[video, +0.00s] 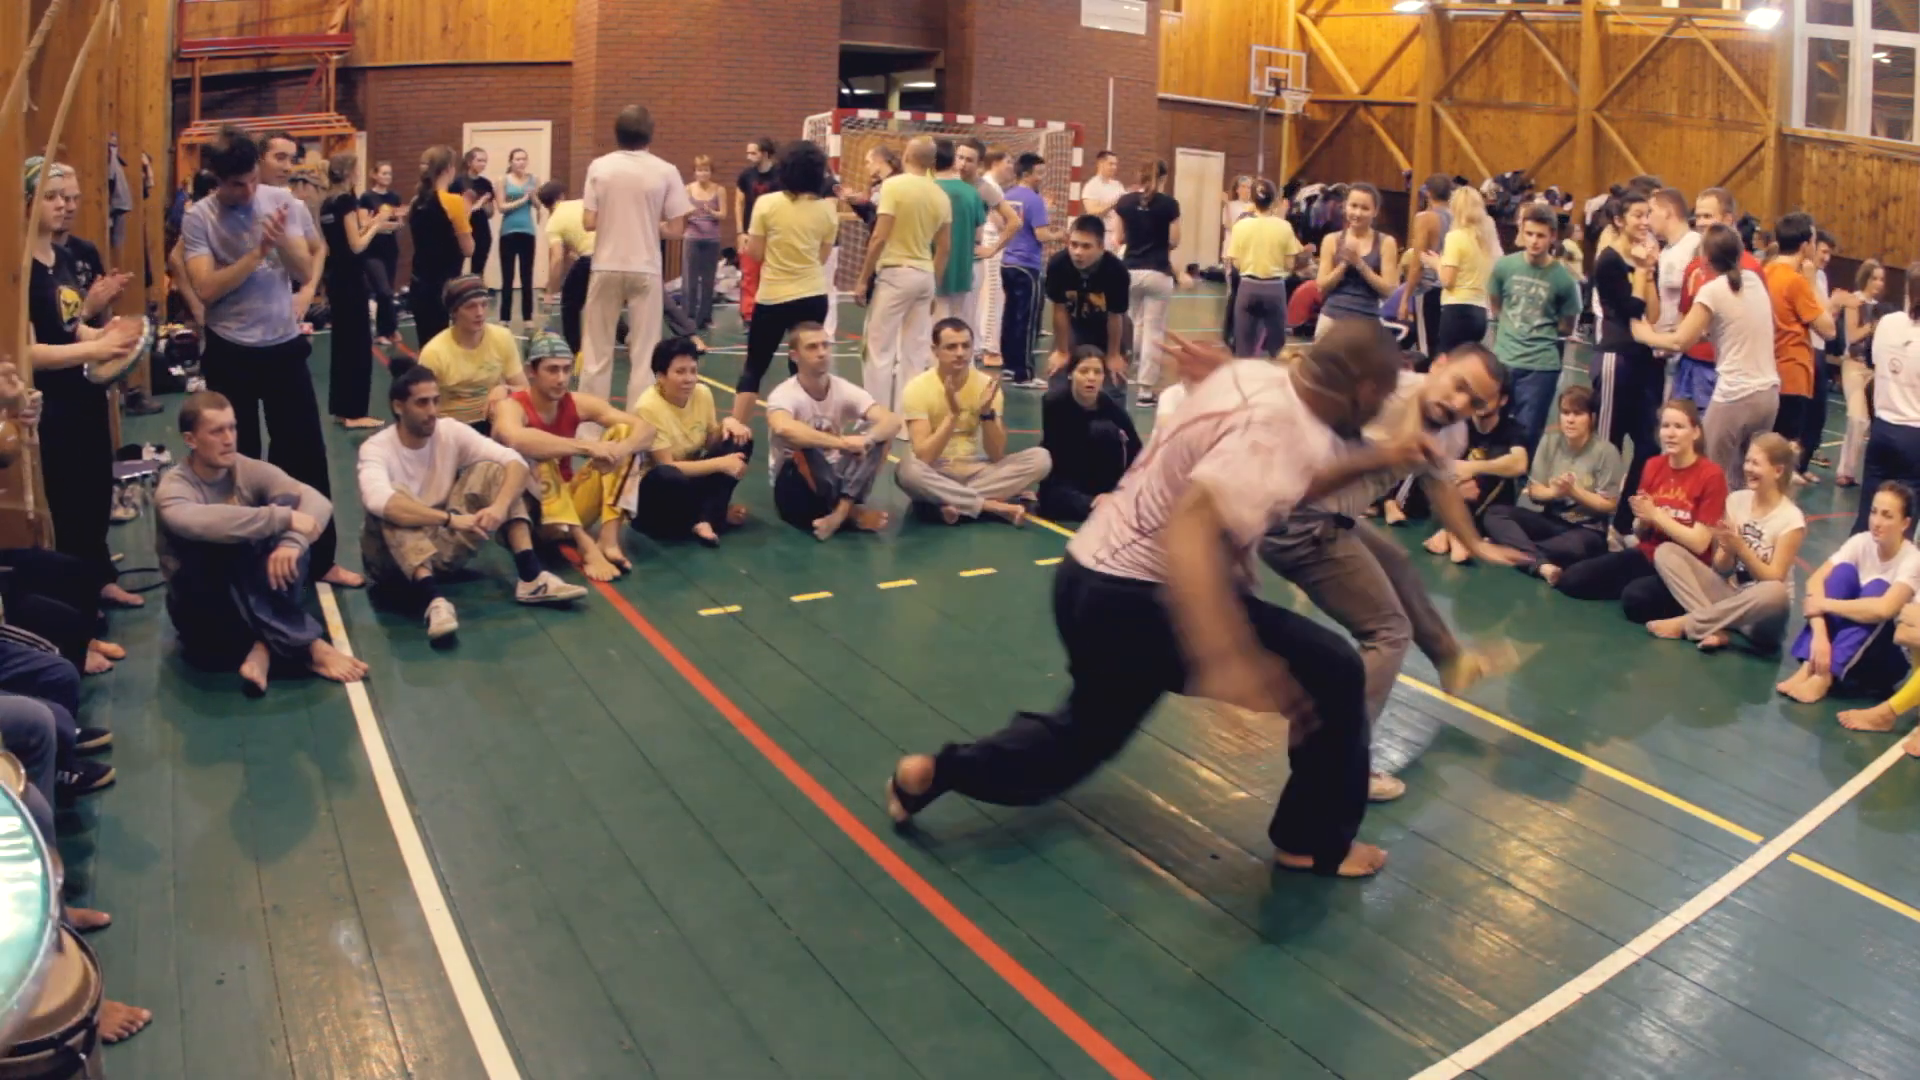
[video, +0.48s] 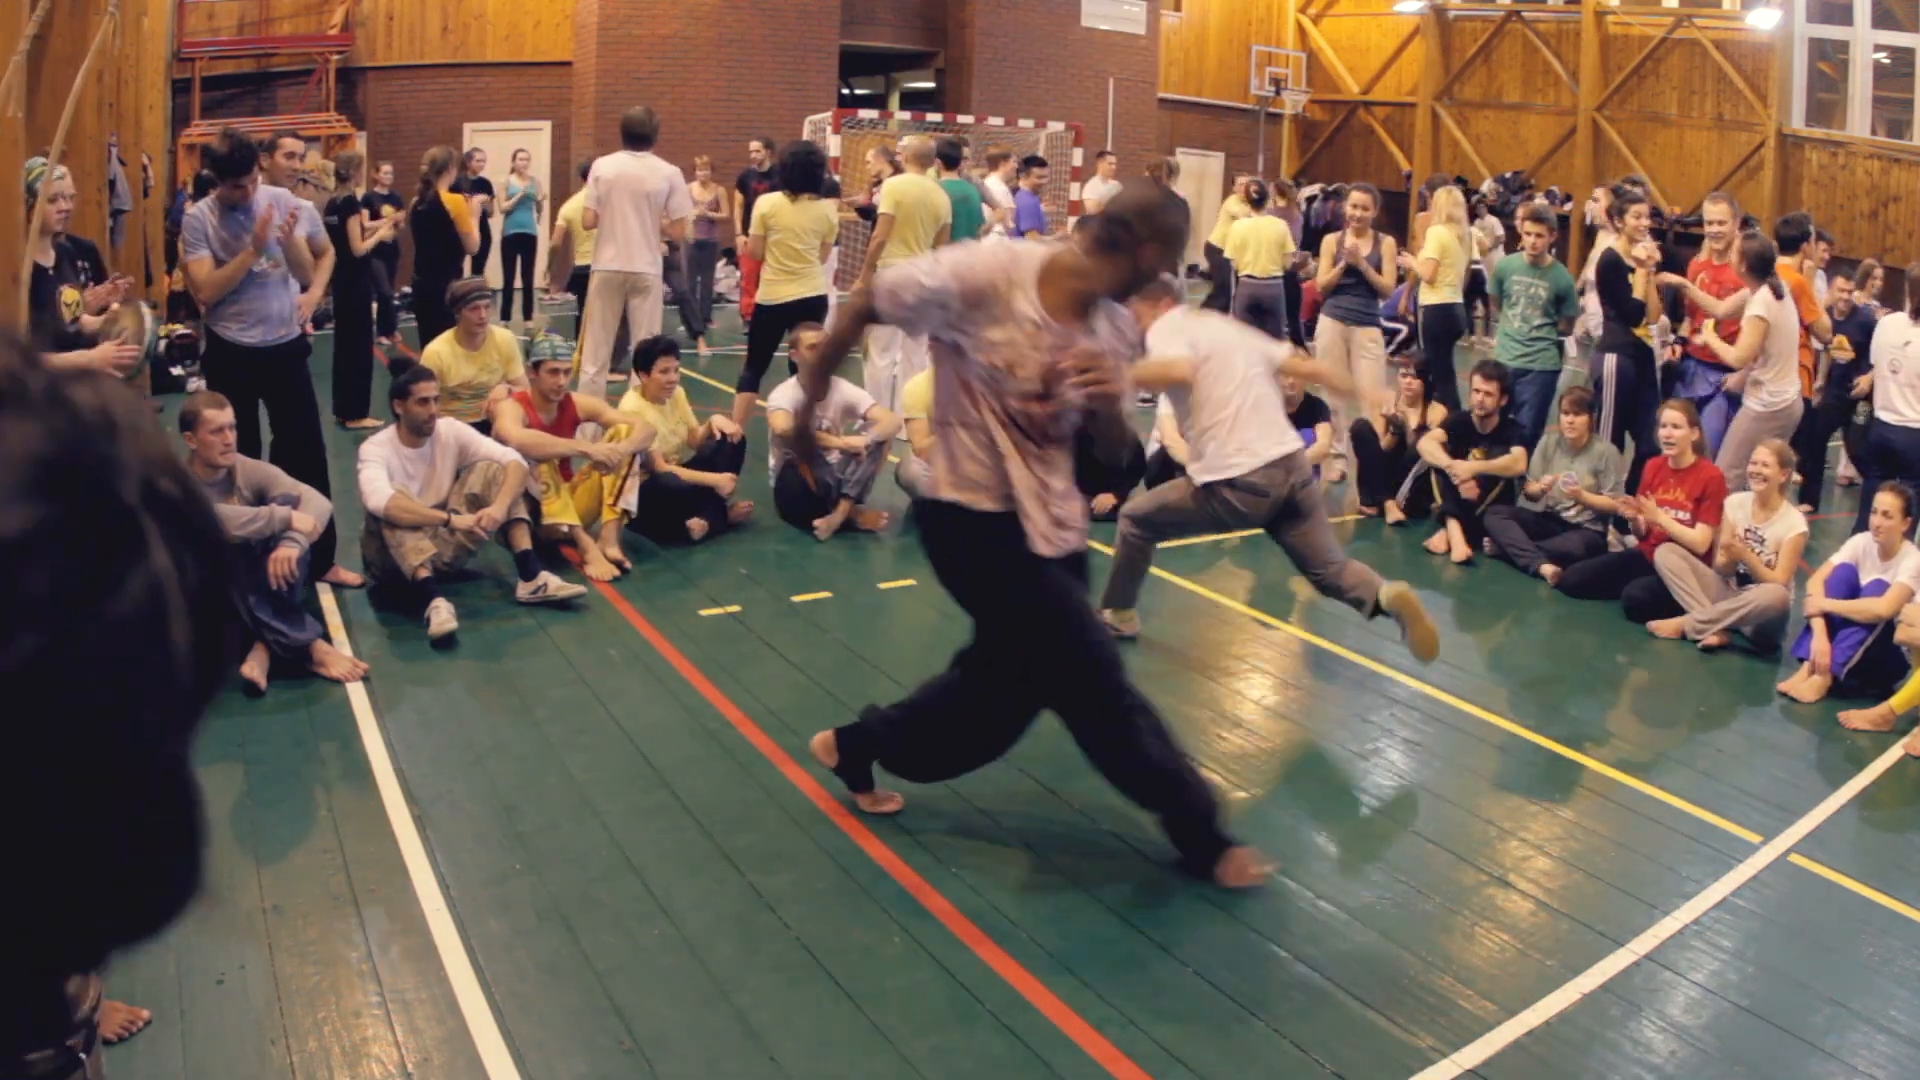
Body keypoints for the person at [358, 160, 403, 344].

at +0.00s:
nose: (388, 177)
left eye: (389, 174)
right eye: (384, 173)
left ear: (391, 176)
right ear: (374, 175)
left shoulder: (394, 198)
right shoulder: (366, 198)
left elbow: (400, 221)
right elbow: (365, 225)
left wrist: (378, 223)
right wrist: (389, 222)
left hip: (390, 247)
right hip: (372, 247)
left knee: (385, 292)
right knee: (384, 290)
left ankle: (383, 332)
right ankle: (391, 328)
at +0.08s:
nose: (388, 177)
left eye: (390, 174)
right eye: (384, 173)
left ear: (392, 176)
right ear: (374, 175)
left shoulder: (395, 198)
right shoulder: (367, 198)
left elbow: (400, 223)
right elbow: (364, 225)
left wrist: (394, 216)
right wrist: (383, 217)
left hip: (390, 248)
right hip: (373, 248)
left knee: (386, 292)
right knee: (384, 290)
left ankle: (383, 332)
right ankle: (390, 329)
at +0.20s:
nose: (389, 177)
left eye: (390, 173)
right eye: (385, 173)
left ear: (392, 176)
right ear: (375, 175)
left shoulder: (395, 198)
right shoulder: (367, 198)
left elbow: (401, 220)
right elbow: (366, 225)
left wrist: (378, 220)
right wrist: (391, 219)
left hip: (391, 248)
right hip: (373, 248)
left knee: (385, 292)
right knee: (384, 291)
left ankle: (382, 332)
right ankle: (391, 329)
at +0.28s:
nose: (389, 177)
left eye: (391, 173)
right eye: (385, 173)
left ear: (392, 176)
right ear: (375, 175)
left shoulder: (395, 198)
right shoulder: (367, 198)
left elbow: (401, 220)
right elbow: (366, 225)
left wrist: (381, 219)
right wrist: (389, 218)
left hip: (391, 248)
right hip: (374, 248)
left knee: (385, 292)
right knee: (384, 291)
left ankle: (382, 331)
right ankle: (391, 329)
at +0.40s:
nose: (389, 177)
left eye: (391, 173)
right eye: (386, 173)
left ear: (393, 176)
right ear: (376, 175)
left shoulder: (396, 198)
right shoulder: (368, 198)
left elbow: (402, 223)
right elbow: (366, 225)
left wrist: (396, 218)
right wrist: (384, 220)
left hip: (391, 248)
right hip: (374, 247)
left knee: (386, 291)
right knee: (384, 290)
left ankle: (383, 331)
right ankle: (390, 329)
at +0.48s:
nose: (389, 177)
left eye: (391, 173)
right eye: (386, 173)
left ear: (393, 176)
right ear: (376, 175)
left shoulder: (396, 197)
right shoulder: (368, 198)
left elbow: (401, 219)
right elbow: (365, 224)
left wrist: (394, 220)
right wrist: (388, 221)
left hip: (392, 244)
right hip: (374, 244)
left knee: (386, 291)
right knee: (384, 290)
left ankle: (383, 331)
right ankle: (390, 329)